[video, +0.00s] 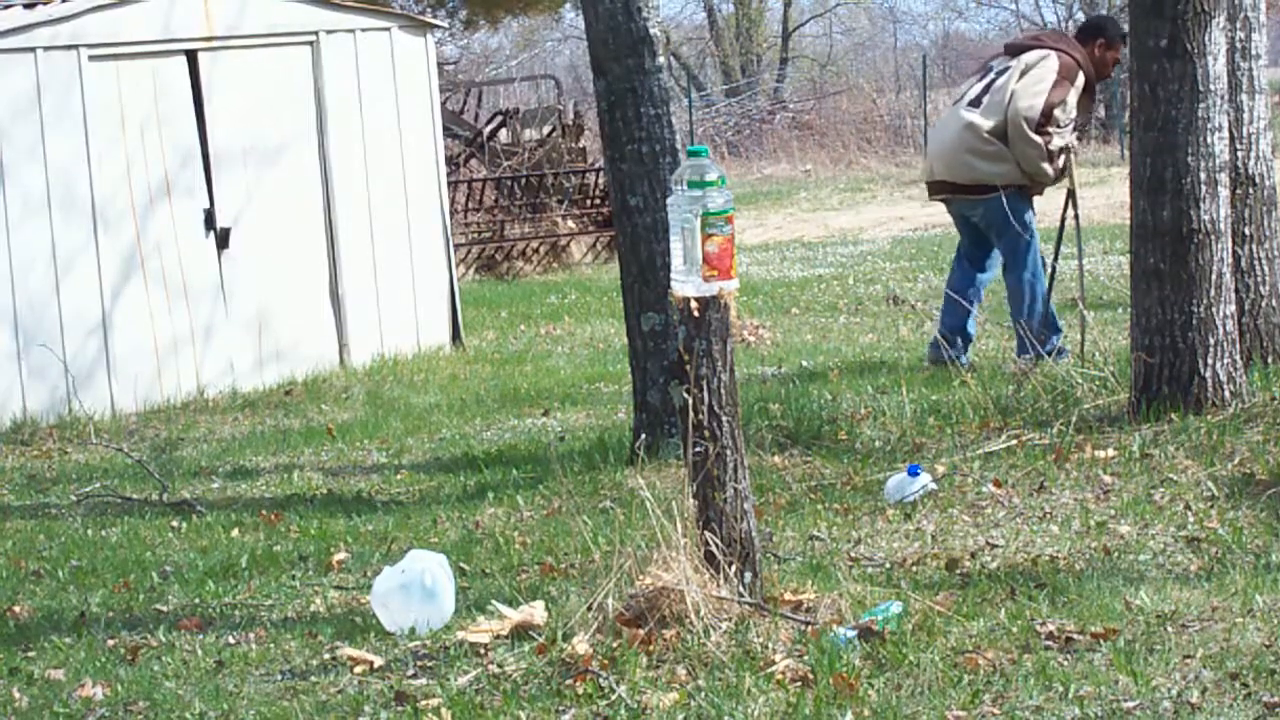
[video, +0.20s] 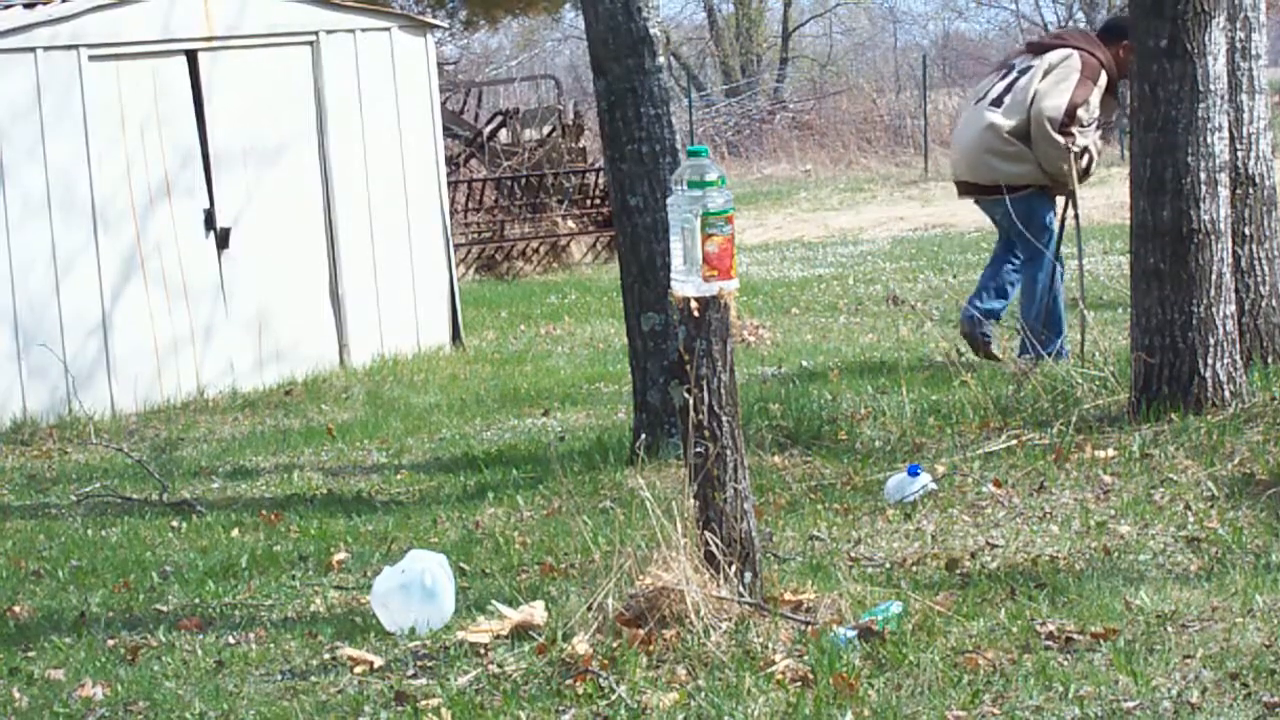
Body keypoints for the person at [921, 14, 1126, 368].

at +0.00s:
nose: (1113, 71)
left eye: (1116, 63)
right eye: (1114, 61)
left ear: (1093, 45)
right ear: (1098, 47)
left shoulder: (1026, 53)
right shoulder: (1064, 62)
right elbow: (1027, 117)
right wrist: (1048, 171)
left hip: (944, 162)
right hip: (985, 165)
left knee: (976, 252)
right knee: (1023, 254)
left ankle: (948, 349)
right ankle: (1040, 350)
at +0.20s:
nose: (1131, 68)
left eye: (1134, 61)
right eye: (1133, 59)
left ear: (1104, 38)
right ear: (1122, 48)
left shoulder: (1049, 49)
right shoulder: (1086, 62)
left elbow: (984, 98)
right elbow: (1049, 116)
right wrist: (1066, 176)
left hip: (971, 157)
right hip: (1006, 159)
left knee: (1013, 243)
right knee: (1042, 256)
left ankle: (979, 317)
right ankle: (1044, 354)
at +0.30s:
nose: (1133, 67)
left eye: (1135, 61)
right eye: (1136, 59)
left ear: (1109, 36)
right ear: (1127, 49)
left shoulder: (1061, 48)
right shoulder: (1097, 60)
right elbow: (1059, 112)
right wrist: (1070, 176)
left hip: (979, 156)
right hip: (1014, 157)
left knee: (1045, 246)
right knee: (1042, 255)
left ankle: (1012, 324)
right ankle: (1043, 355)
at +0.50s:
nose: (1144, 64)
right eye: (1147, 57)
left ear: (1118, 32)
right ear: (1136, 46)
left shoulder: (1070, 51)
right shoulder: (1109, 57)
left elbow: (1009, 101)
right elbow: (1077, 109)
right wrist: (1094, 170)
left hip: (997, 159)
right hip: (1034, 161)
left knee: (1063, 251)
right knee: (1063, 257)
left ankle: (1088, 335)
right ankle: (1041, 354)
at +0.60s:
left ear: (1122, 31)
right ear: (1143, 44)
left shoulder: (1077, 52)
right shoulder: (1113, 55)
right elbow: (1085, 107)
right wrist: (1107, 167)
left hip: (1009, 165)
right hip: (1043, 165)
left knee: (1075, 257)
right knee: (1078, 258)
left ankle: (1090, 347)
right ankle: (1041, 354)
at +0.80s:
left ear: (1095, 36)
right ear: (1125, 39)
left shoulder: (1064, 60)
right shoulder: (1110, 55)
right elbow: (1104, 106)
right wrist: (1122, 161)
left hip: (1019, 162)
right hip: (1060, 158)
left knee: (1071, 251)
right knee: (1111, 244)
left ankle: (1087, 341)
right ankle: (1062, 330)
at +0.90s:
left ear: (1081, 38)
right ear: (1112, 38)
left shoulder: (1056, 66)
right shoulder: (1110, 61)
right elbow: (1117, 118)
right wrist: (1131, 161)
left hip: (1023, 165)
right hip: (1072, 159)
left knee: (1072, 241)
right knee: (1125, 230)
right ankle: (1084, 320)